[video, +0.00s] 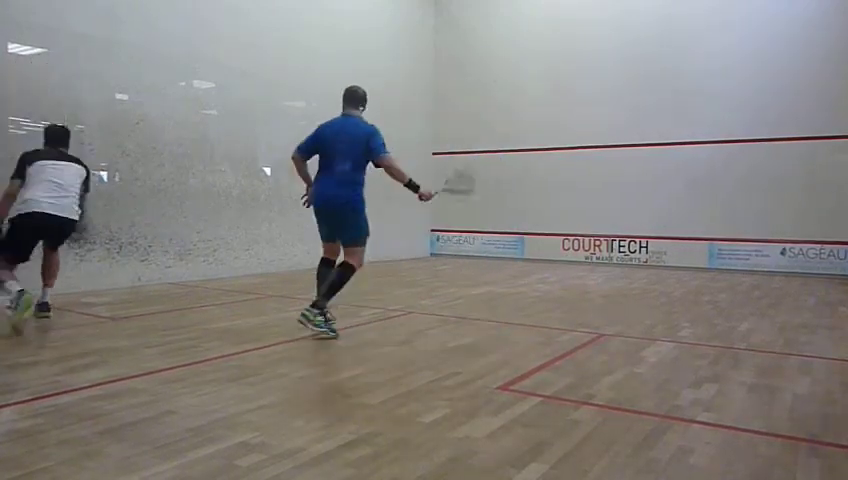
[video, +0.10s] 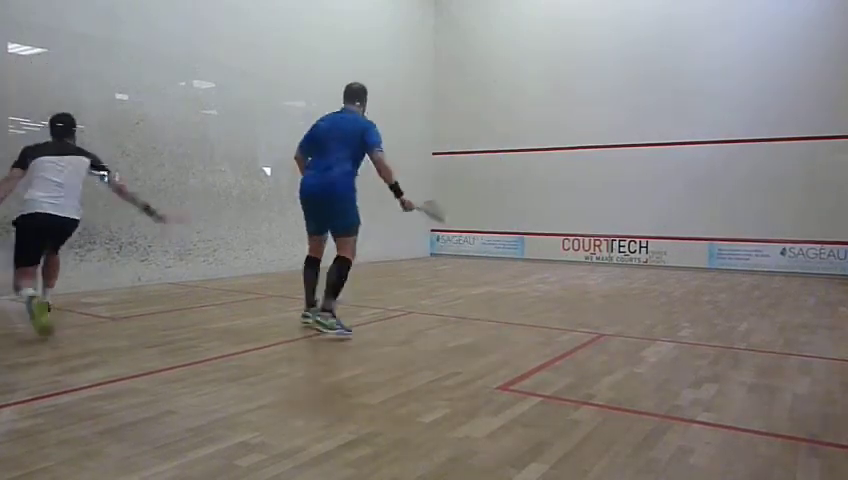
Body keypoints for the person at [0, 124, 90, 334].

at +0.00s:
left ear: (45, 142)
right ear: (67, 144)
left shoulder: (30, 157)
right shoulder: (81, 167)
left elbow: (11, 192)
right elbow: (81, 202)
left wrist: (2, 218)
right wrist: (75, 222)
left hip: (31, 214)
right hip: (65, 219)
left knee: (5, 264)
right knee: (51, 248)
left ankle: (17, 293)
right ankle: (45, 300)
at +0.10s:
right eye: (70, 132)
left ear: (50, 132)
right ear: (74, 133)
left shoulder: (32, 152)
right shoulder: (86, 157)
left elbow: (9, 182)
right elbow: (119, 188)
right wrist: (150, 211)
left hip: (34, 217)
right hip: (67, 219)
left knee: (25, 273)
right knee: (52, 251)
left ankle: (30, 297)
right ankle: (46, 299)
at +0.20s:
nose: (82, 115)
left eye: (78, 112)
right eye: (82, 112)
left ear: (59, 114)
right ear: (83, 113)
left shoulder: (42, 134)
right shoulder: (95, 136)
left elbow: (15, 165)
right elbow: (124, 152)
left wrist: (1, 187)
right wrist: (155, 175)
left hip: (41, 205)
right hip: (76, 209)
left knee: (38, 266)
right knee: (59, 261)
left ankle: (47, 310)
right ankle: (47, 308)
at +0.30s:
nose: (94, 103)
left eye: (91, 99)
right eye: (92, 99)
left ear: (67, 101)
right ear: (90, 100)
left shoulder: (50, 125)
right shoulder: (99, 122)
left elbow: (19, 160)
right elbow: (115, 141)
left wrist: (2, 184)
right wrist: (135, 171)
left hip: (55, 198)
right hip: (90, 201)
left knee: (50, 265)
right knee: (71, 256)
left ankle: (51, 318)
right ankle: (59, 306)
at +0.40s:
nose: (104, 95)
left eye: (101, 92)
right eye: (103, 91)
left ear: (77, 94)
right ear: (98, 91)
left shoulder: (59, 120)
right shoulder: (108, 114)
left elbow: (27, 158)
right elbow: (111, 135)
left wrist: (8, 191)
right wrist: (130, 177)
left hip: (68, 196)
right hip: (104, 197)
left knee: (62, 260)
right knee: (90, 252)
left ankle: (54, 326)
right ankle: (80, 305)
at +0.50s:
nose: (118, 81)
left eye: (115, 76)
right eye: (117, 77)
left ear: (90, 80)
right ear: (113, 78)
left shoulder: (72, 109)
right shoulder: (123, 104)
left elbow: (44, 150)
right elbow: (128, 132)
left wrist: (40, 187)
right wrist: (147, 175)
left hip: (82, 187)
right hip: (120, 187)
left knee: (73, 254)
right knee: (116, 247)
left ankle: (55, 326)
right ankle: (112, 304)